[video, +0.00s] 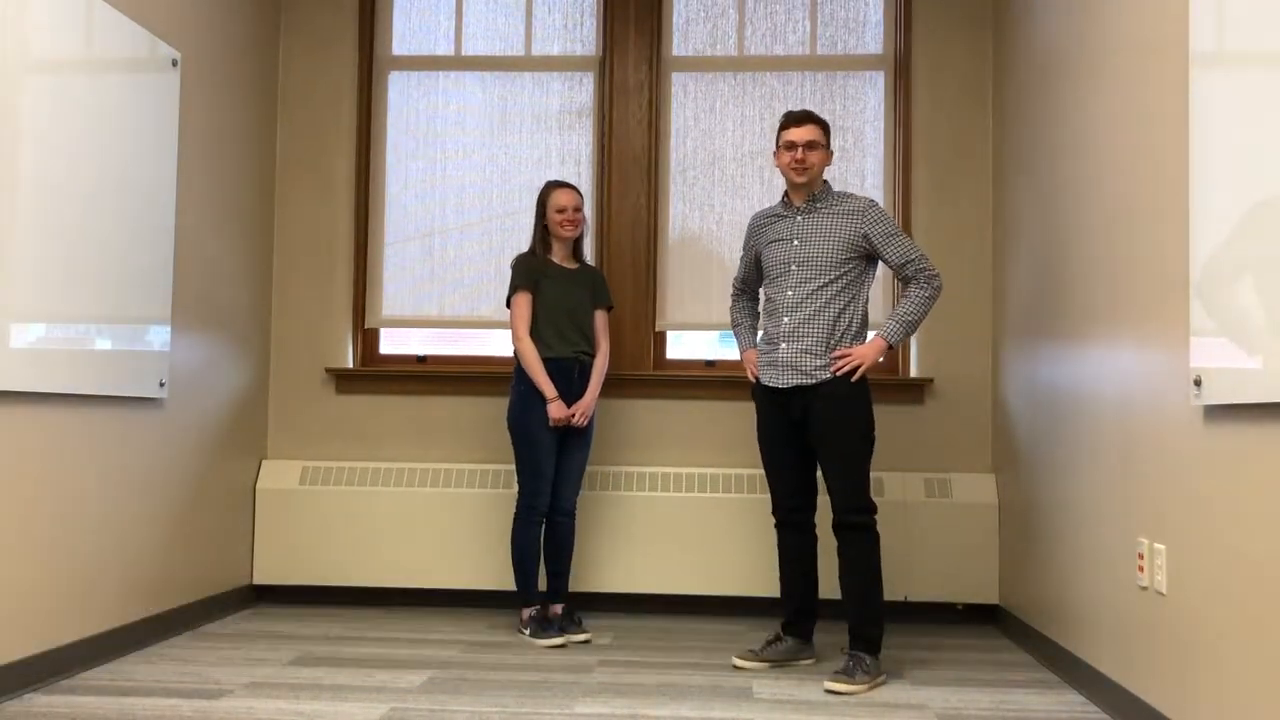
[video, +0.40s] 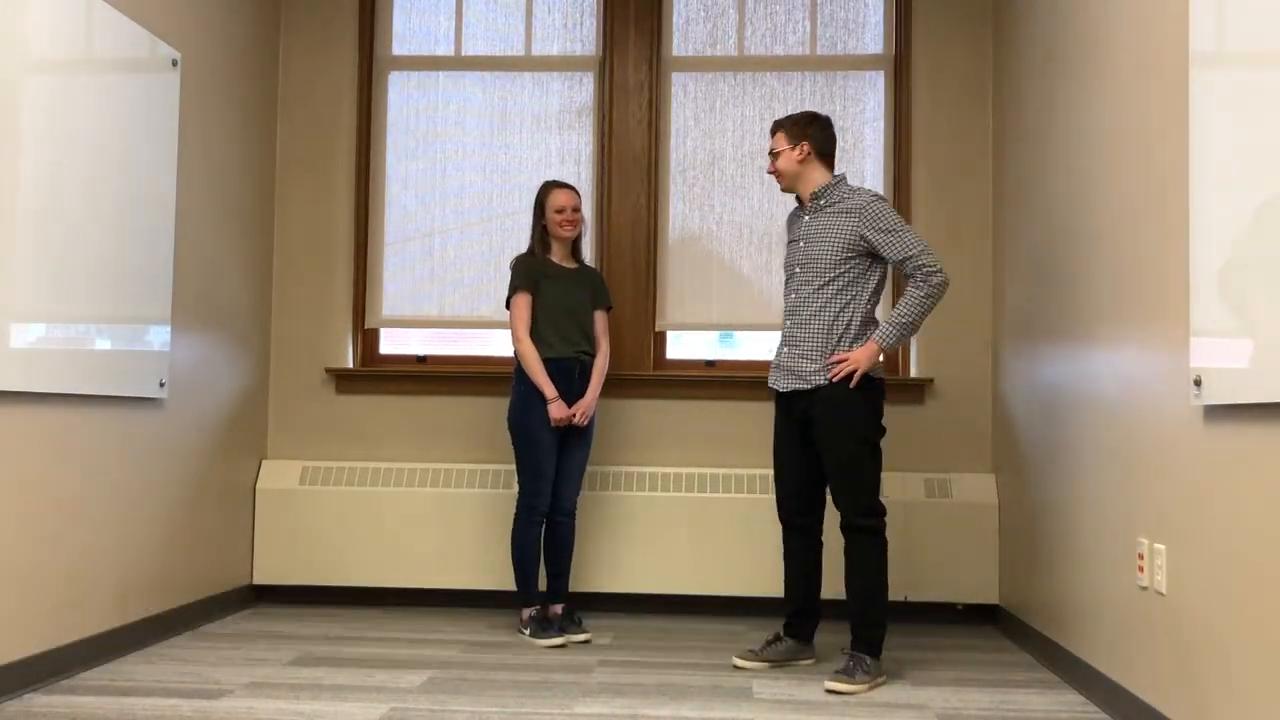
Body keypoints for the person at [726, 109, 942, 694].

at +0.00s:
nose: (799, 155)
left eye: (810, 146)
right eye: (789, 147)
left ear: (828, 155)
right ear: (776, 157)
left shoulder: (858, 214)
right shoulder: (762, 225)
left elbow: (924, 280)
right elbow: (743, 294)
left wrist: (882, 340)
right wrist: (747, 344)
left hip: (838, 388)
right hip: (776, 392)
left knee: (852, 516)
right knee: (791, 517)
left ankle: (863, 653)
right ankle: (795, 636)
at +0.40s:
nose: (769, 164)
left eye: (775, 153)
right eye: (769, 154)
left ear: (803, 150)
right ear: (802, 151)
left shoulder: (859, 207)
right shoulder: (799, 216)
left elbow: (929, 277)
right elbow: (815, 295)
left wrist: (877, 345)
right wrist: (790, 356)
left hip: (845, 391)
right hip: (794, 391)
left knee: (860, 520)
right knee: (799, 518)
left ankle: (865, 655)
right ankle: (797, 638)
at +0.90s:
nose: (771, 167)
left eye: (776, 158)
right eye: (773, 158)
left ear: (799, 160)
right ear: (808, 160)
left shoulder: (833, 211)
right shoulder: (816, 214)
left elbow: (854, 292)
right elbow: (853, 299)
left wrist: (786, 351)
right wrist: (801, 360)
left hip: (846, 385)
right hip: (817, 384)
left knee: (862, 517)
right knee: (792, 505)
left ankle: (867, 653)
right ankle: (788, 626)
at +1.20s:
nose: (757, 176)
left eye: (762, 166)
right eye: (758, 167)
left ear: (784, 168)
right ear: (791, 169)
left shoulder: (809, 227)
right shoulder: (797, 226)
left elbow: (777, 316)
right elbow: (783, 319)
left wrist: (706, 351)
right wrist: (722, 355)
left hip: (814, 388)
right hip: (789, 388)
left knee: (828, 516)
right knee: (770, 506)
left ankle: (859, 653)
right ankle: (779, 626)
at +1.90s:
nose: (730, 179)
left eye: (736, 169)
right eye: (731, 170)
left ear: (762, 172)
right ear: (766, 173)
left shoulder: (776, 225)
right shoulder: (773, 224)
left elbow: (741, 311)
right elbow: (741, 311)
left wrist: (672, 329)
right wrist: (677, 328)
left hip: (770, 383)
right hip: (766, 381)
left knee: (760, 506)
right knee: (763, 504)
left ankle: (778, 631)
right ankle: (773, 626)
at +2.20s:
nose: (715, 177)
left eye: (721, 168)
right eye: (718, 169)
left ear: (745, 169)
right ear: (748, 171)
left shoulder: (767, 232)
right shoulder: (756, 229)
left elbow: (755, 329)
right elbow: (740, 312)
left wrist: (682, 347)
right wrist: (685, 313)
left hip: (762, 381)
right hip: (768, 379)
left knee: (717, 496)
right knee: (773, 501)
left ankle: (741, 631)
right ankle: (782, 622)